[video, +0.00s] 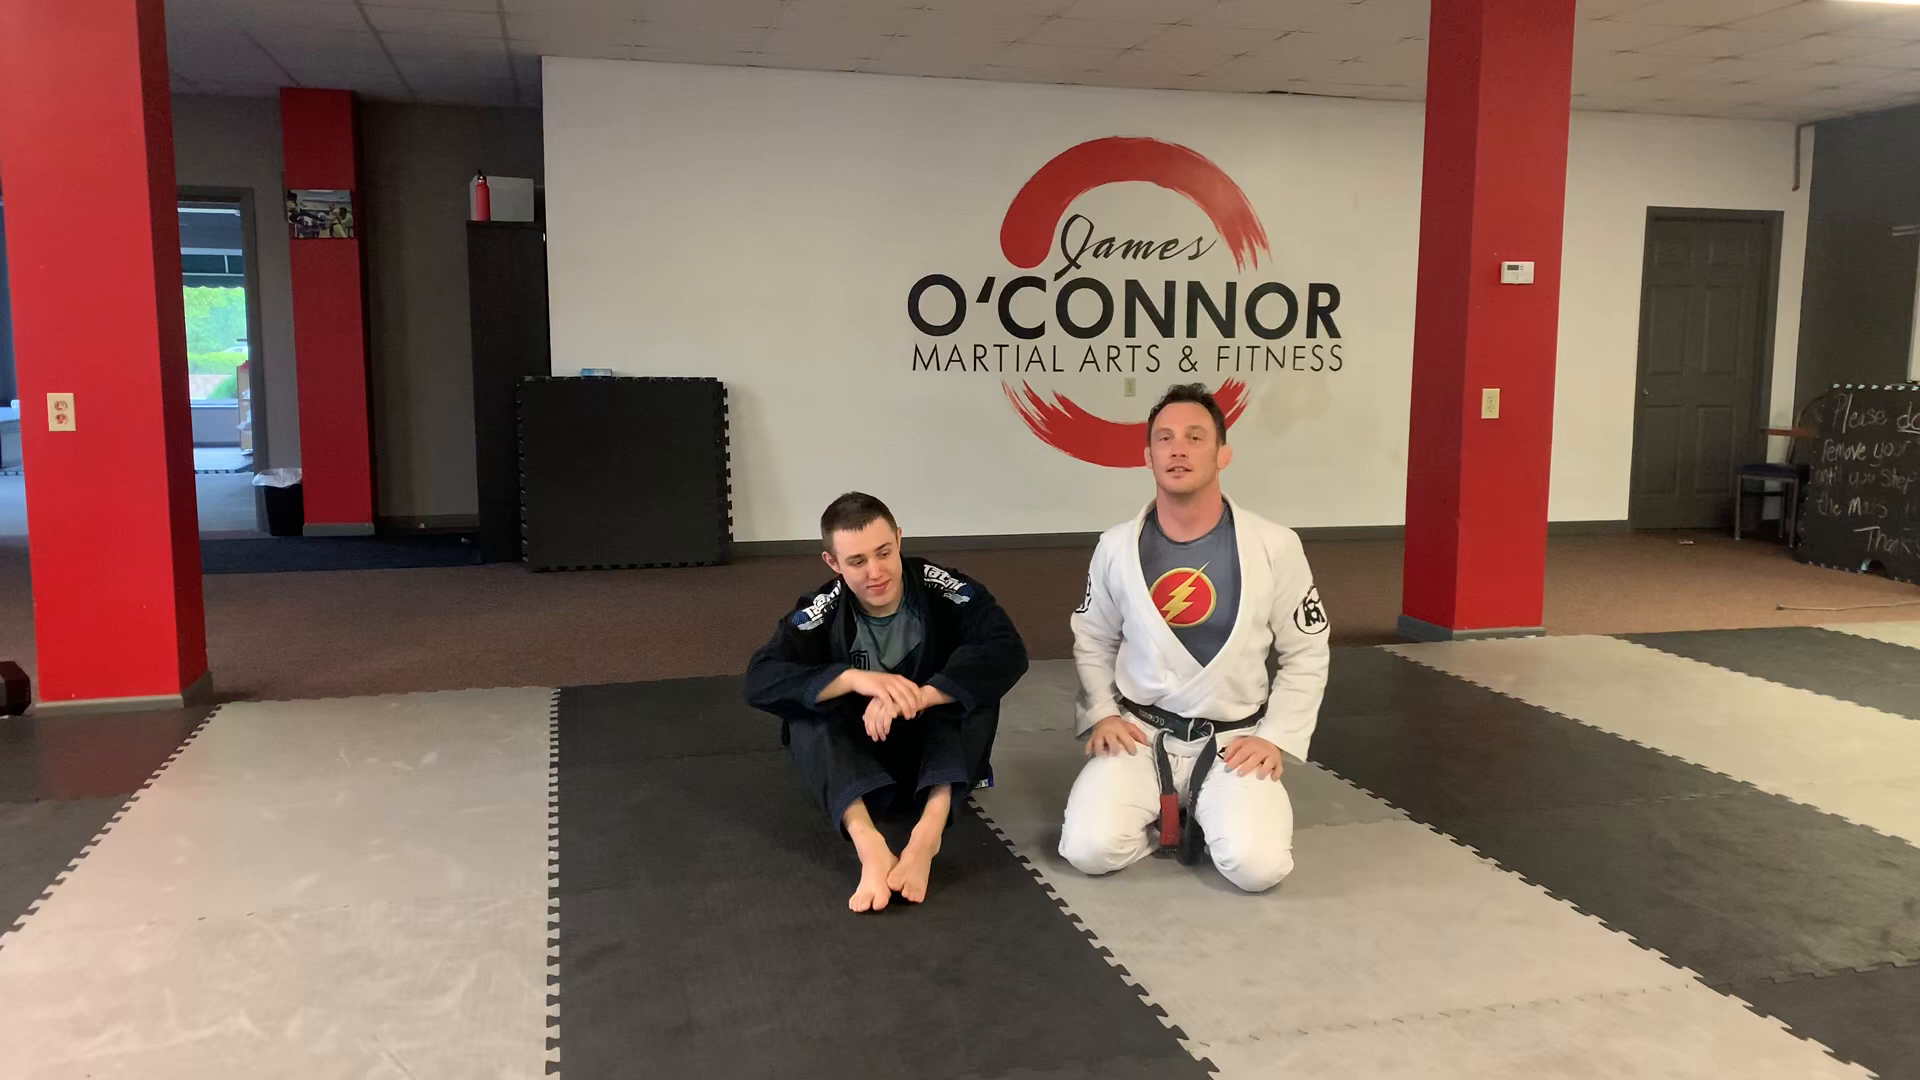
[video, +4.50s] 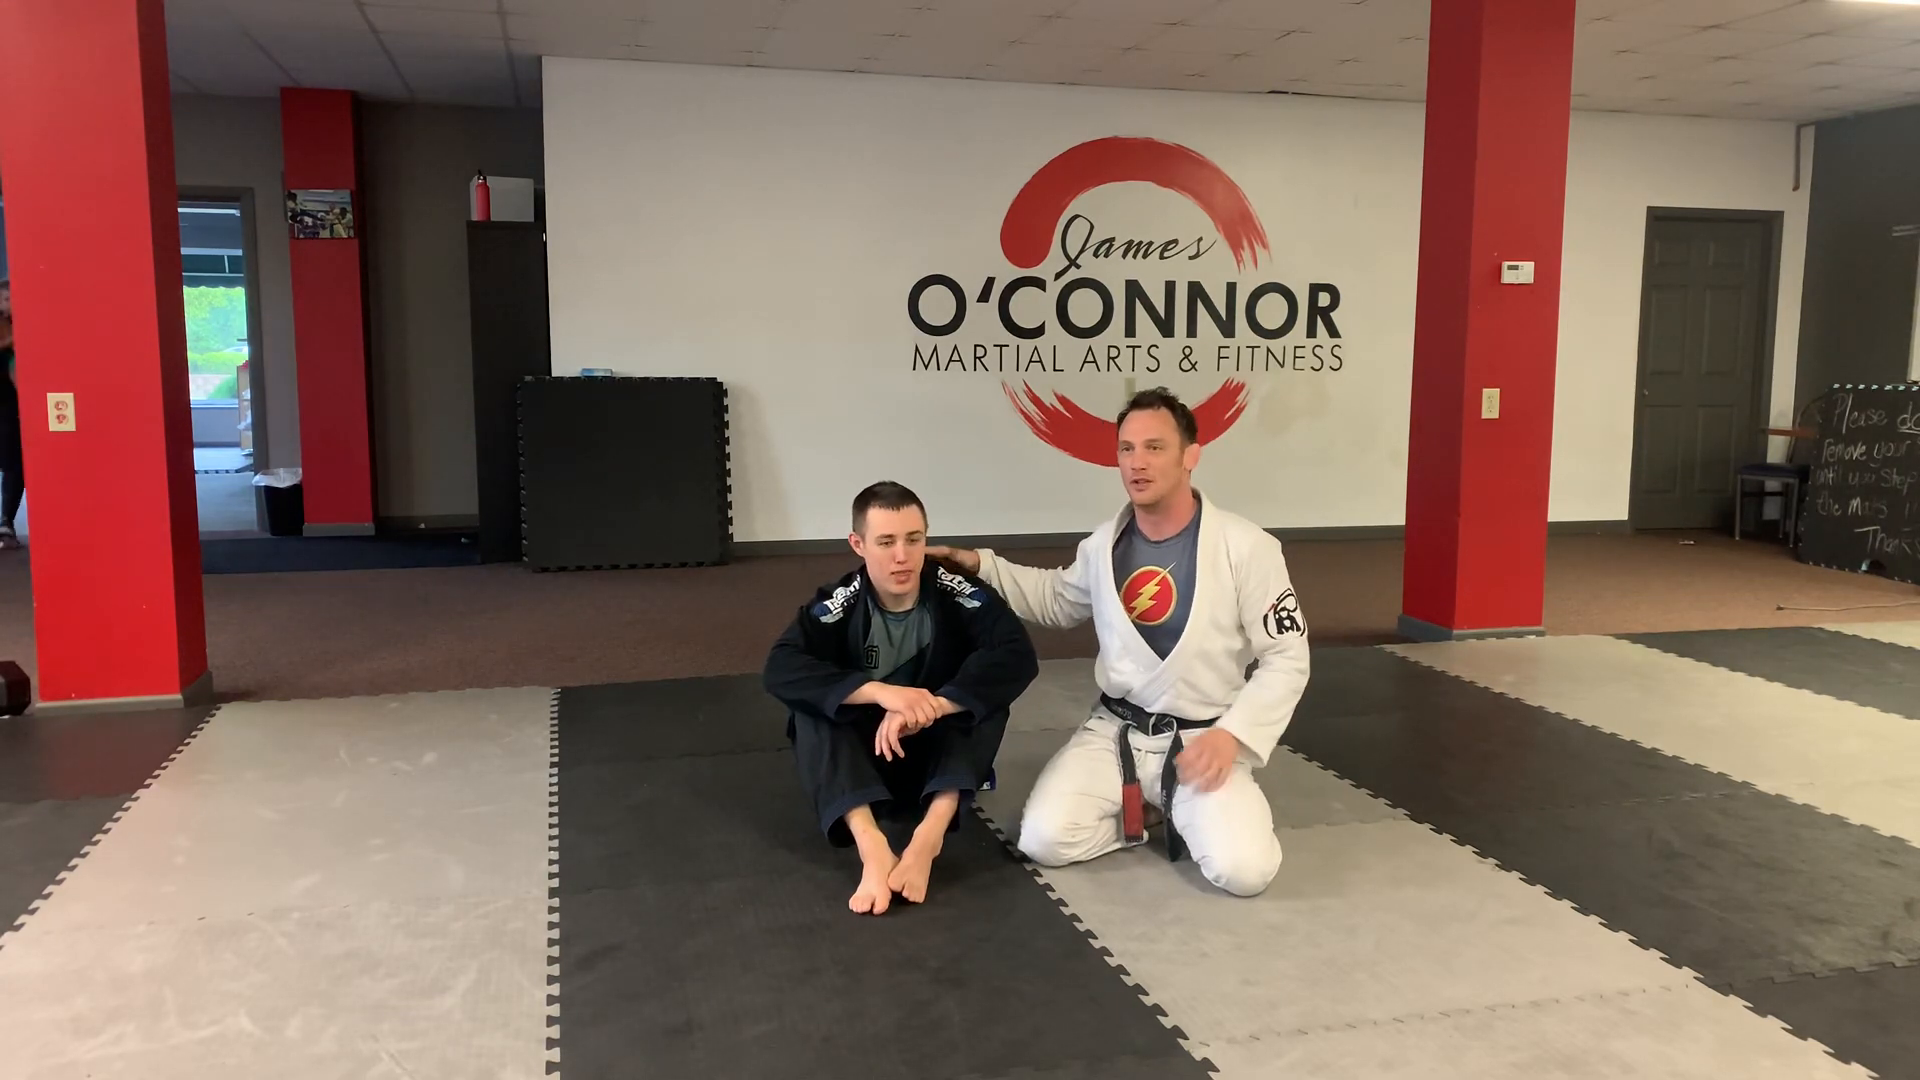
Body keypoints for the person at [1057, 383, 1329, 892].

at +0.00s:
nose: (1178, 449)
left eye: (1194, 436)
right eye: (1165, 438)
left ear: (1223, 456)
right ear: (1147, 458)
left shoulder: (1274, 547)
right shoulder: (1116, 548)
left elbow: (1307, 650)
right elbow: (1093, 634)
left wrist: (1274, 736)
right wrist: (1100, 711)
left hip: (1237, 737)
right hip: (1139, 729)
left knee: (1259, 868)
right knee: (1088, 850)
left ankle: (1212, 810)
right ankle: (1170, 817)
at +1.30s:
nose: (1179, 448)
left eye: (1194, 435)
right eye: (1165, 437)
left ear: (1222, 452)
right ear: (1147, 456)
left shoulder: (1273, 544)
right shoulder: (1116, 543)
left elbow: (1317, 636)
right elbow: (1084, 609)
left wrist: (1313, 705)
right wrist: (1073, 641)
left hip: (1228, 739)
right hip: (1132, 729)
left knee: (1256, 871)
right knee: (1086, 853)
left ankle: (1208, 798)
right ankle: (1163, 809)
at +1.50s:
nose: (1155, 460)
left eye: (1172, 444)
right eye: (1152, 447)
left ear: (1220, 453)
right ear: (1149, 455)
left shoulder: (1282, 545)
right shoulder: (1129, 538)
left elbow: (1323, 646)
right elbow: (1093, 609)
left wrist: (1302, 716)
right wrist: (1059, 595)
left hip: (1236, 739)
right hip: (1139, 728)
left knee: (1260, 871)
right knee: (1088, 853)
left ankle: (1211, 802)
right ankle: (1167, 810)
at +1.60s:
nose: (1147, 467)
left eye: (1162, 452)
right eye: (1148, 452)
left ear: (1213, 457)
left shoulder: (1287, 548)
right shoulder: (1139, 540)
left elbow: (1330, 650)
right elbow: (1087, 594)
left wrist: (1299, 723)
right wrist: (1054, 539)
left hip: (1236, 739)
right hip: (1141, 726)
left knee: (1261, 872)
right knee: (1089, 850)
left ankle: (1214, 801)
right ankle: (1172, 811)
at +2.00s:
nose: (1135, 468)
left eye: (1149, 453)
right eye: (1136, 454)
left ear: (1197, 459)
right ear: (1189, 460)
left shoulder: (1274, 548)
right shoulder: (1129, 543)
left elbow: (1321, 651)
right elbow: (1067, 590)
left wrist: (1283, 723)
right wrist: (992, 530)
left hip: (1226, 744)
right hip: (1130, 730)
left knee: (1259, 871)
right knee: (1052, 842)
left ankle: (1203, 805)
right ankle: (1155, 803)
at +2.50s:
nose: (1137, 462)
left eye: (1153, 446)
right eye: (1124, 448)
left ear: (1186, 456)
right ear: (1111, 461)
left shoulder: (1248, 545)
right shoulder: (1097, 551)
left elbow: (1289, 656)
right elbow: (1055, 612)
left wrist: (1257, 746)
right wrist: (983, 569)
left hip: (1219, 738)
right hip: (1125, 732)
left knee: (1254, 871)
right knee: (1051, 842)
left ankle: (1200, 798)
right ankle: (1158, 811)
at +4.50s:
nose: (1137, 463)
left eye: (1153, 447)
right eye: (1127, 449)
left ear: (1190, 457)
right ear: (1116, 459)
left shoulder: (1246, 548)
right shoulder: (1102, 547)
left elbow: (1287, 657)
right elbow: (1057, 602)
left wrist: (1231, 734)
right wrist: (975, 563)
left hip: (1206, 737)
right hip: (1114, 729)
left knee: (1247, 872)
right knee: (1045, 840)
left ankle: (1186, 803)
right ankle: (1151, 809)